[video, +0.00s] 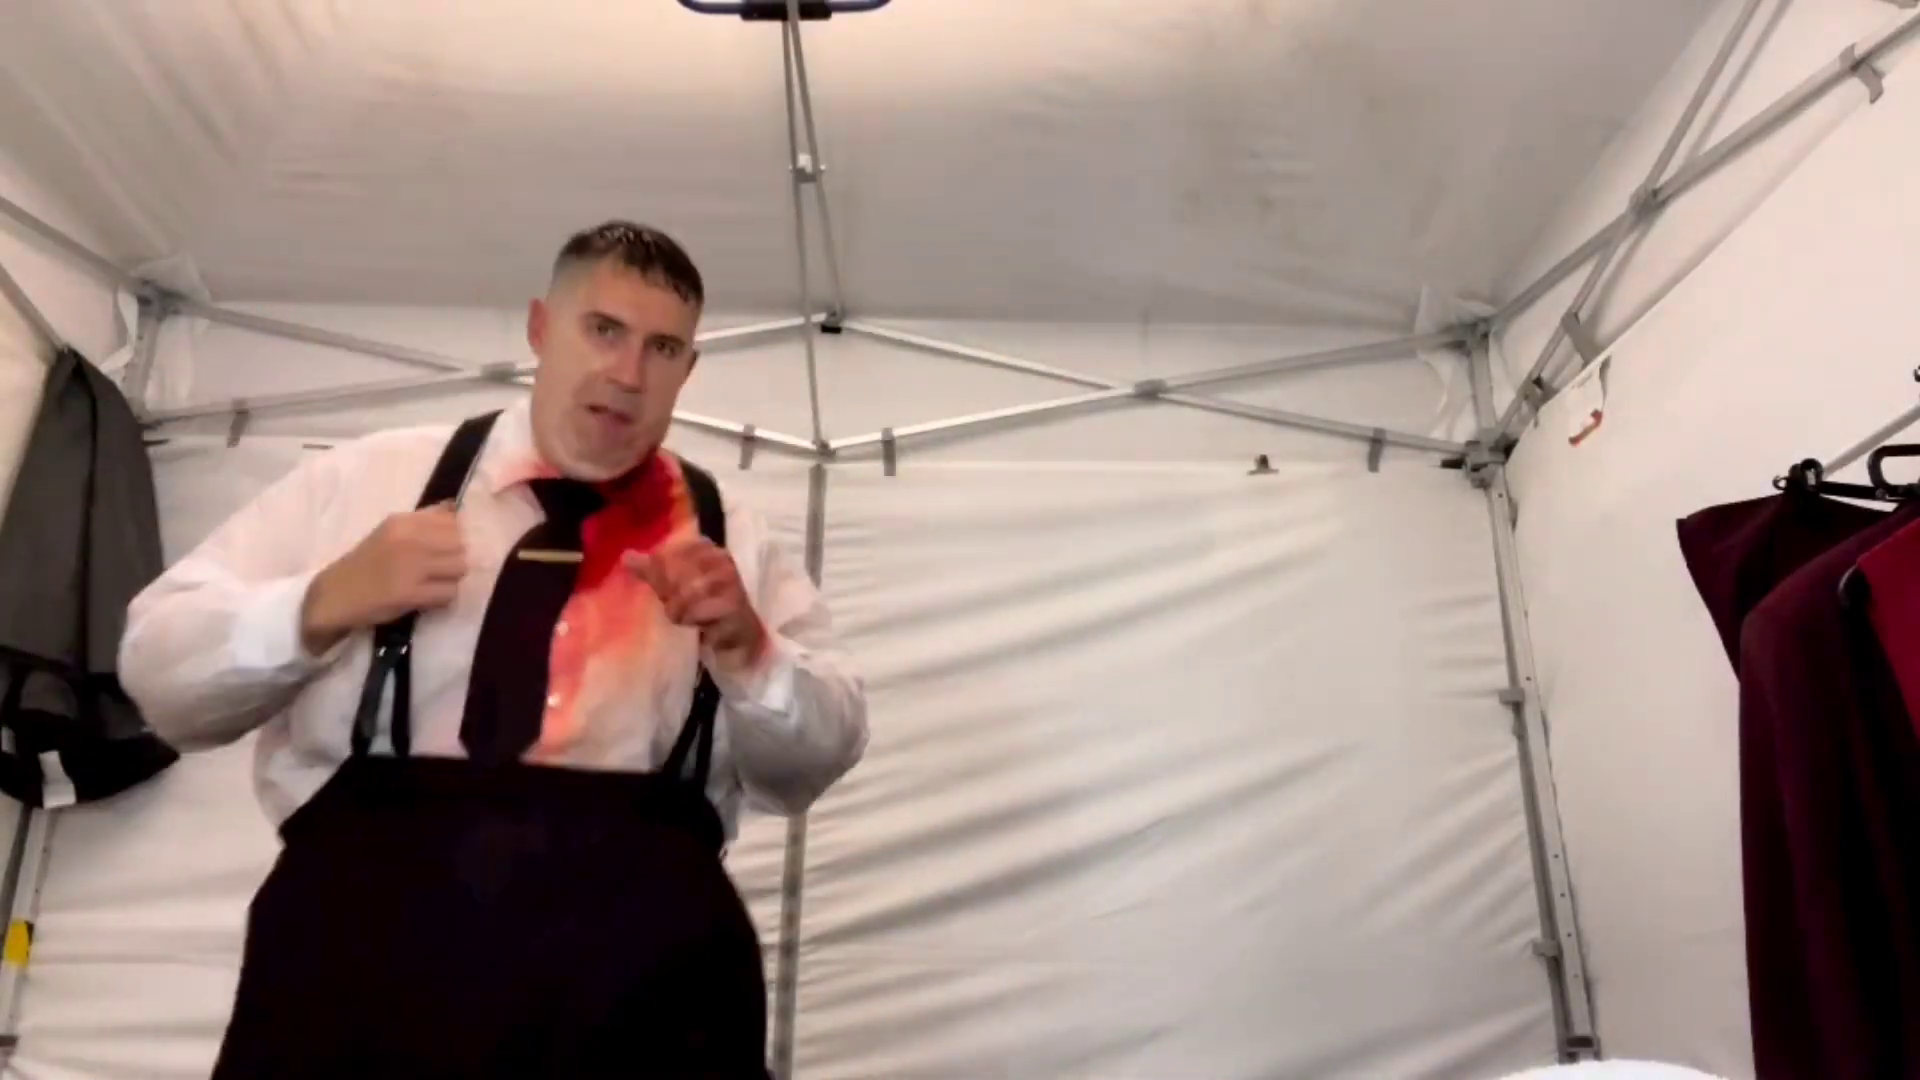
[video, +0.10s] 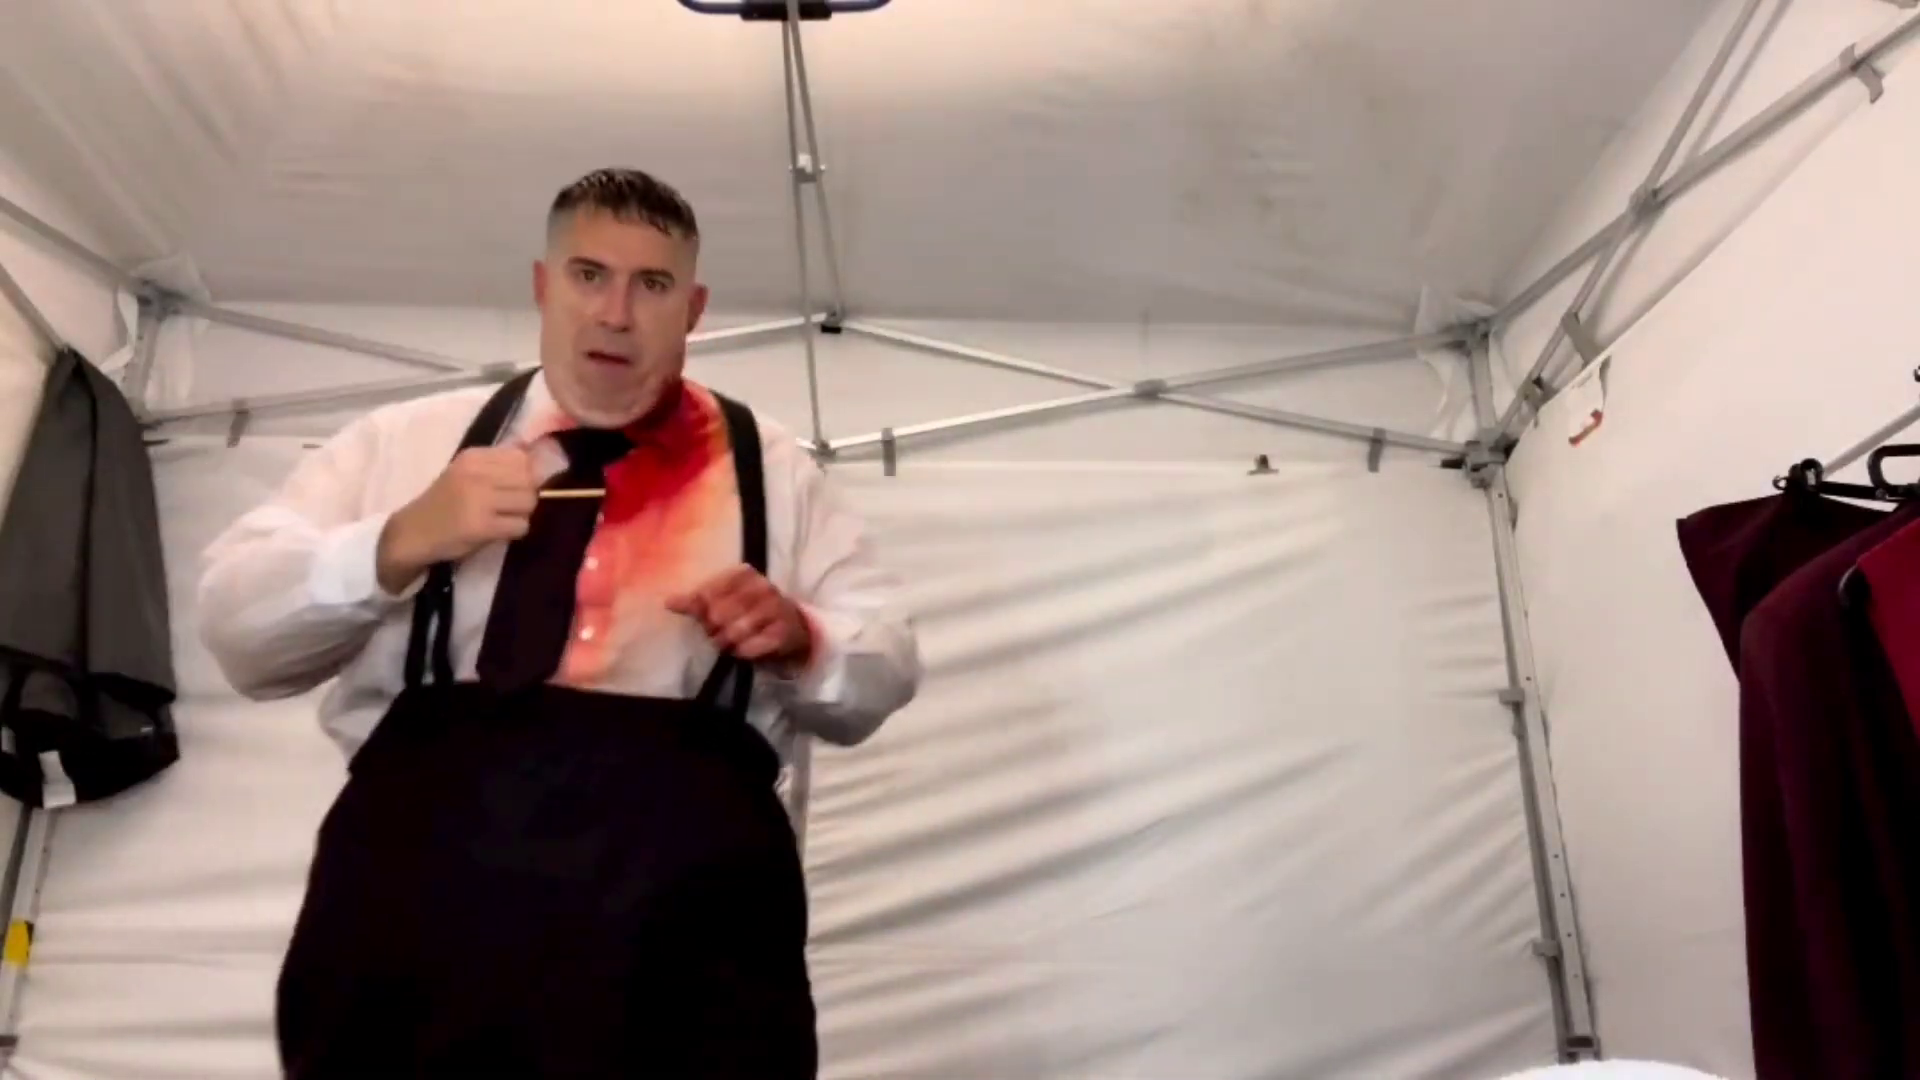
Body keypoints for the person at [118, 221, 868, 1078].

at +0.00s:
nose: (628, 374)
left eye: (663, 350)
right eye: (604, 332)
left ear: (687, 372)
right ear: (540, 331)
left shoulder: (730, 534)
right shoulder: (373, 478)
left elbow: (815, 760)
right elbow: (157, 673)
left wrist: (746, 653)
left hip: (634, 896)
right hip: (382, 882)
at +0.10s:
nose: (615, 312)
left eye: (651, 284)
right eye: (589, 277)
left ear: (695, 312)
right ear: (543, 290)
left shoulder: (770, 471)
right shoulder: (413, 440)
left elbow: (883, 670)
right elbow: (238, 629)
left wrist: (803, 645)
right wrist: (401, 542)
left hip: (677, 839)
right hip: (441, 825)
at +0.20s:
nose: (617, 342)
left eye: (650, 311)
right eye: (588, 310)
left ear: (703, 333)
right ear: (552, 329)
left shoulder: (811, 488)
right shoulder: (456, 484)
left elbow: (951, 653)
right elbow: (281, 654)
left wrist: (860, 665)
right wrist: (433, 568)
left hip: (721, 898)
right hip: (485, 888)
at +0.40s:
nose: (661, 353)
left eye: (693, 323)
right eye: (631, 318)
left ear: (736, 346)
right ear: (583, 336)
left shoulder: (825, 495)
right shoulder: (480, 508)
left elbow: (941, 707)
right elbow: (336, 727)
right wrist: (456, 600)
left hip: (750, 902)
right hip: (525, 906)